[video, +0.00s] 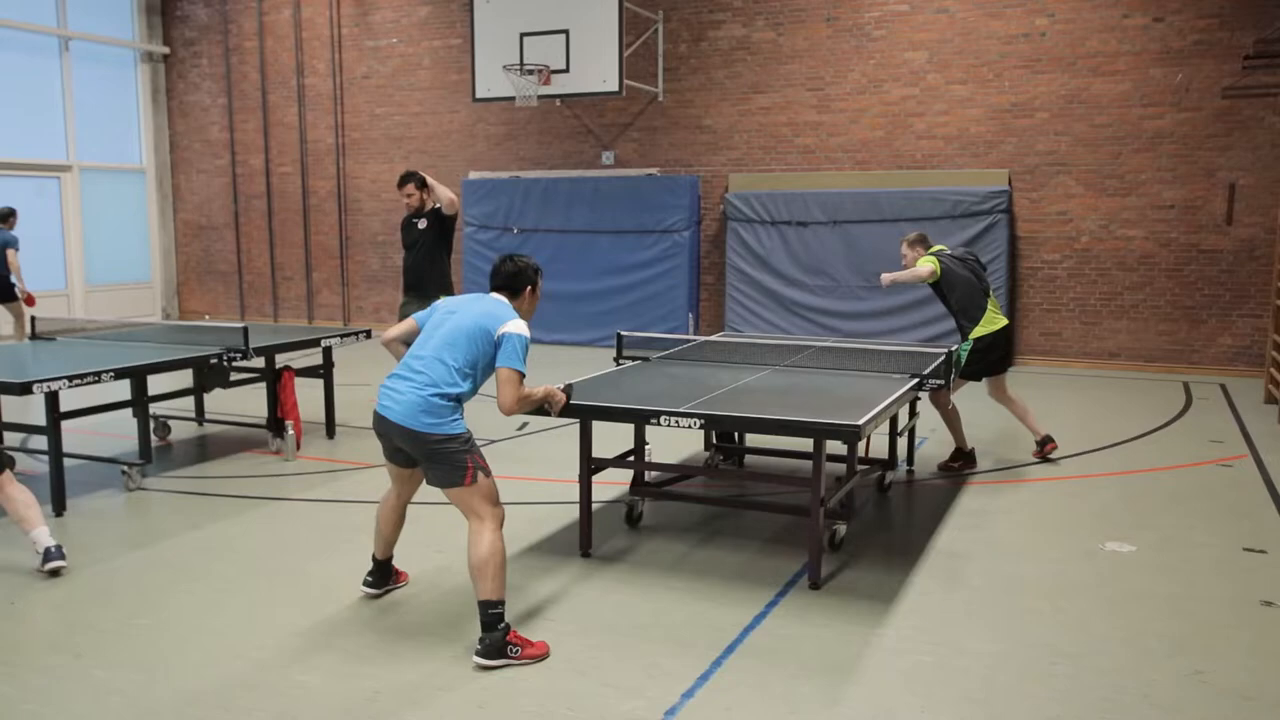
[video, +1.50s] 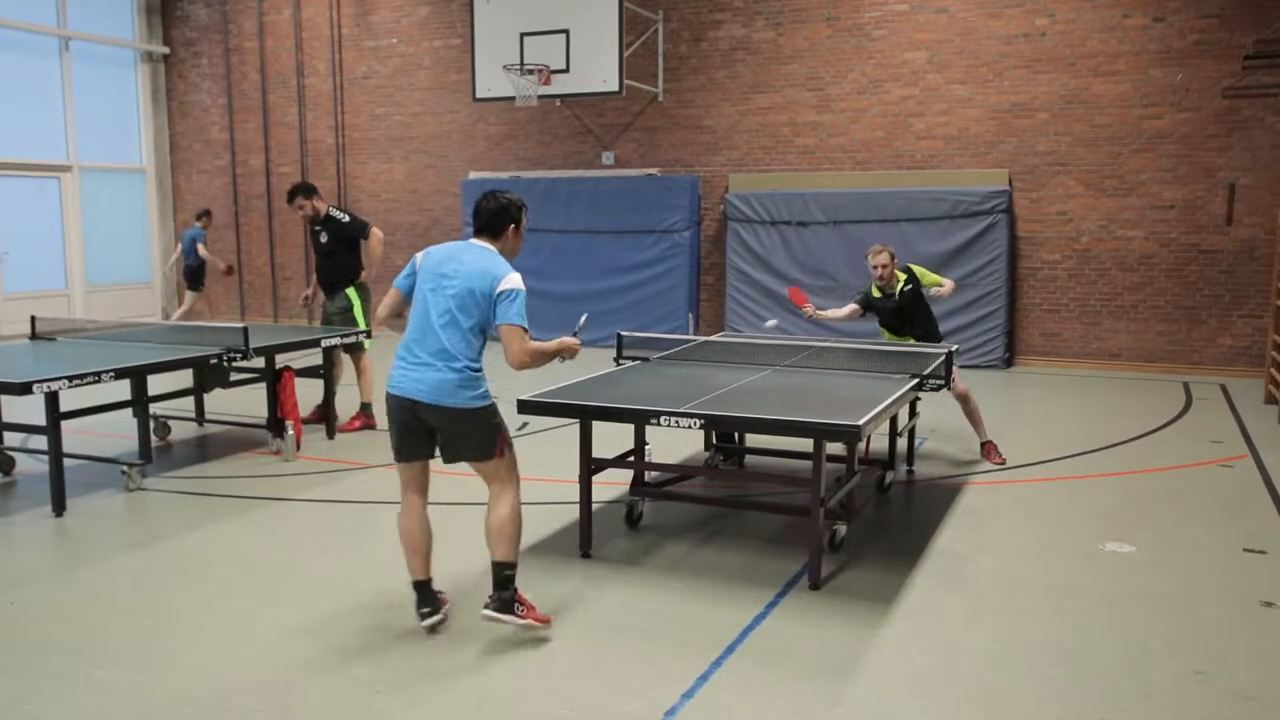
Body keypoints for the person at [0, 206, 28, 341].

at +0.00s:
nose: (16, 222)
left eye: (15, 219)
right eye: (15, 219)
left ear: (2, 220)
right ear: (10, 220)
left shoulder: (7, 238)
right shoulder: (9, 238)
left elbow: (11, 261)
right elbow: (12, 261)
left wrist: (20, 285)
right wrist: (21, 284)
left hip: (4, 282)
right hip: (3, 282)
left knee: (19, 315)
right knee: (19, 315)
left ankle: (19, 348)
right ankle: (19, 349)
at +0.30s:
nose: (47, 220)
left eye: (47, 217)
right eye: (46, 217)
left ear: (32, 217)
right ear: (41, 217)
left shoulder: (19, 233)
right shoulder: (40, 234)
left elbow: (16, 257)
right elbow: (40, 256)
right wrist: (47, 280)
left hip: (18, 272)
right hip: (34, 272)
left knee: (15, 312)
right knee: (39, 309)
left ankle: (2, 331)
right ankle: (38, 339)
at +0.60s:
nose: (84, 222)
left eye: (84, 219)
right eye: (82, 218)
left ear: (71, 219)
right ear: (76, 219)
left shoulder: (56, 236)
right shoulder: (77, 236)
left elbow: (45, 256)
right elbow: (82, 258)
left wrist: (35, 274)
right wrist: (96, 270)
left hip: (56, 274)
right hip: (69, 275)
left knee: (74, 307)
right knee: (59, 309)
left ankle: (82, 333)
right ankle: (47, 334)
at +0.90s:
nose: (125, 218)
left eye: (125, 215)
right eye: (124, 215)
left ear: (114, 215)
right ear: (118, 215)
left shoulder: (100, 230)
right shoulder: (113, 231)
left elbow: (100, 253)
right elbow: (112, 253)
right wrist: (119, 273)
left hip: (98, 267)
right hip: (109, 268)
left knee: (96, 307)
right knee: (128, 304)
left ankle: (90, 335)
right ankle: (120, 335)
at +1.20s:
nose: (170, 220)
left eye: (170, 217)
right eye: (169, 217)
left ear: (159, 217)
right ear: (164, 217)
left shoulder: (148, 229)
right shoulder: (157, 231)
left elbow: (147, 253)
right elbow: (154, 253)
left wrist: (161, 266)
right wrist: (155, 271)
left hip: (146, 268)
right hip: (156, 268)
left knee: (150, 304)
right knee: (166, 303)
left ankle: (131, 319)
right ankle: (163, 331)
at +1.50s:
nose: (210, 223)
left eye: (210, 220)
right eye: (209, 220)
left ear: (198, 219)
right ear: (204, 219)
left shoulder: (186, 233)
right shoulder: (199, 233)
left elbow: (178, 252)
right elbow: (202, 252)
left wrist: (169, 266)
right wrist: (219, 264)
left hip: (188, 269)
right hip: (196, 270)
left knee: (207, 301)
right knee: (187, 304)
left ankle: (213, 325)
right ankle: (169, 325)